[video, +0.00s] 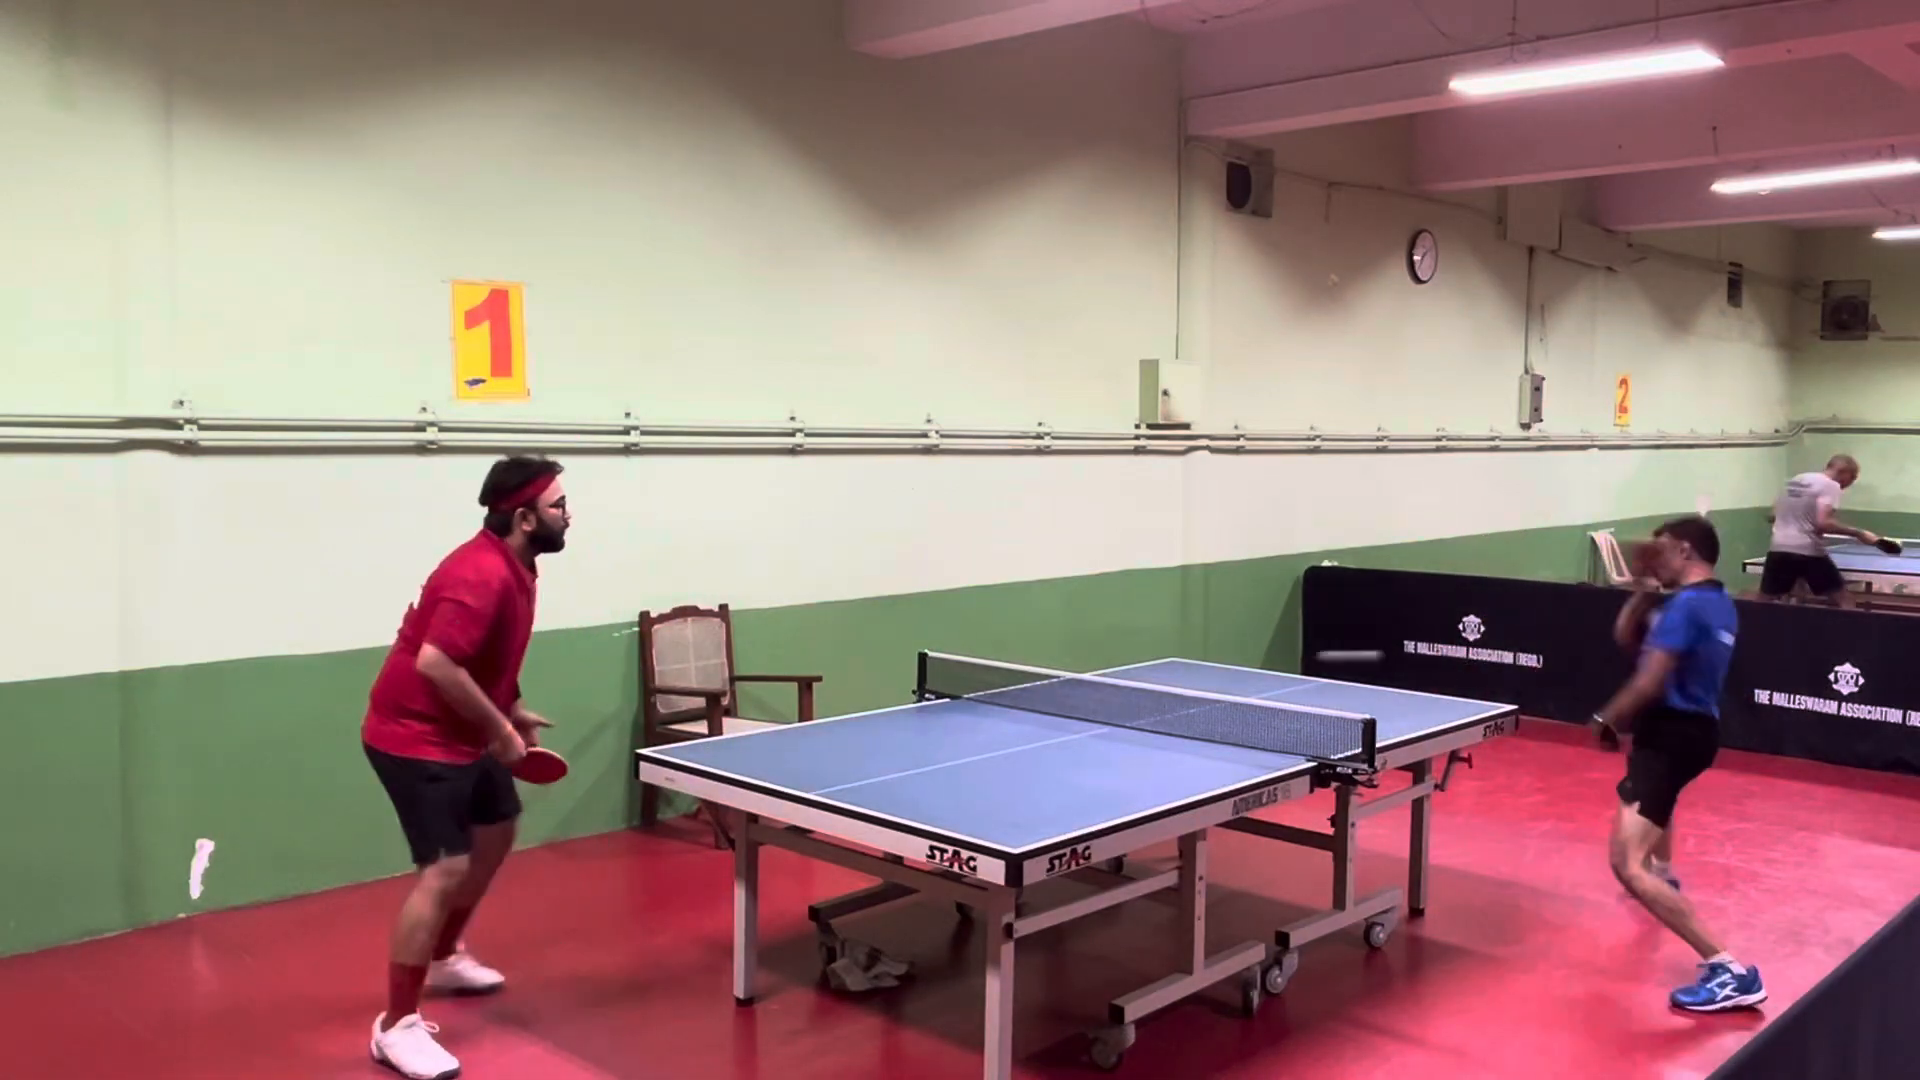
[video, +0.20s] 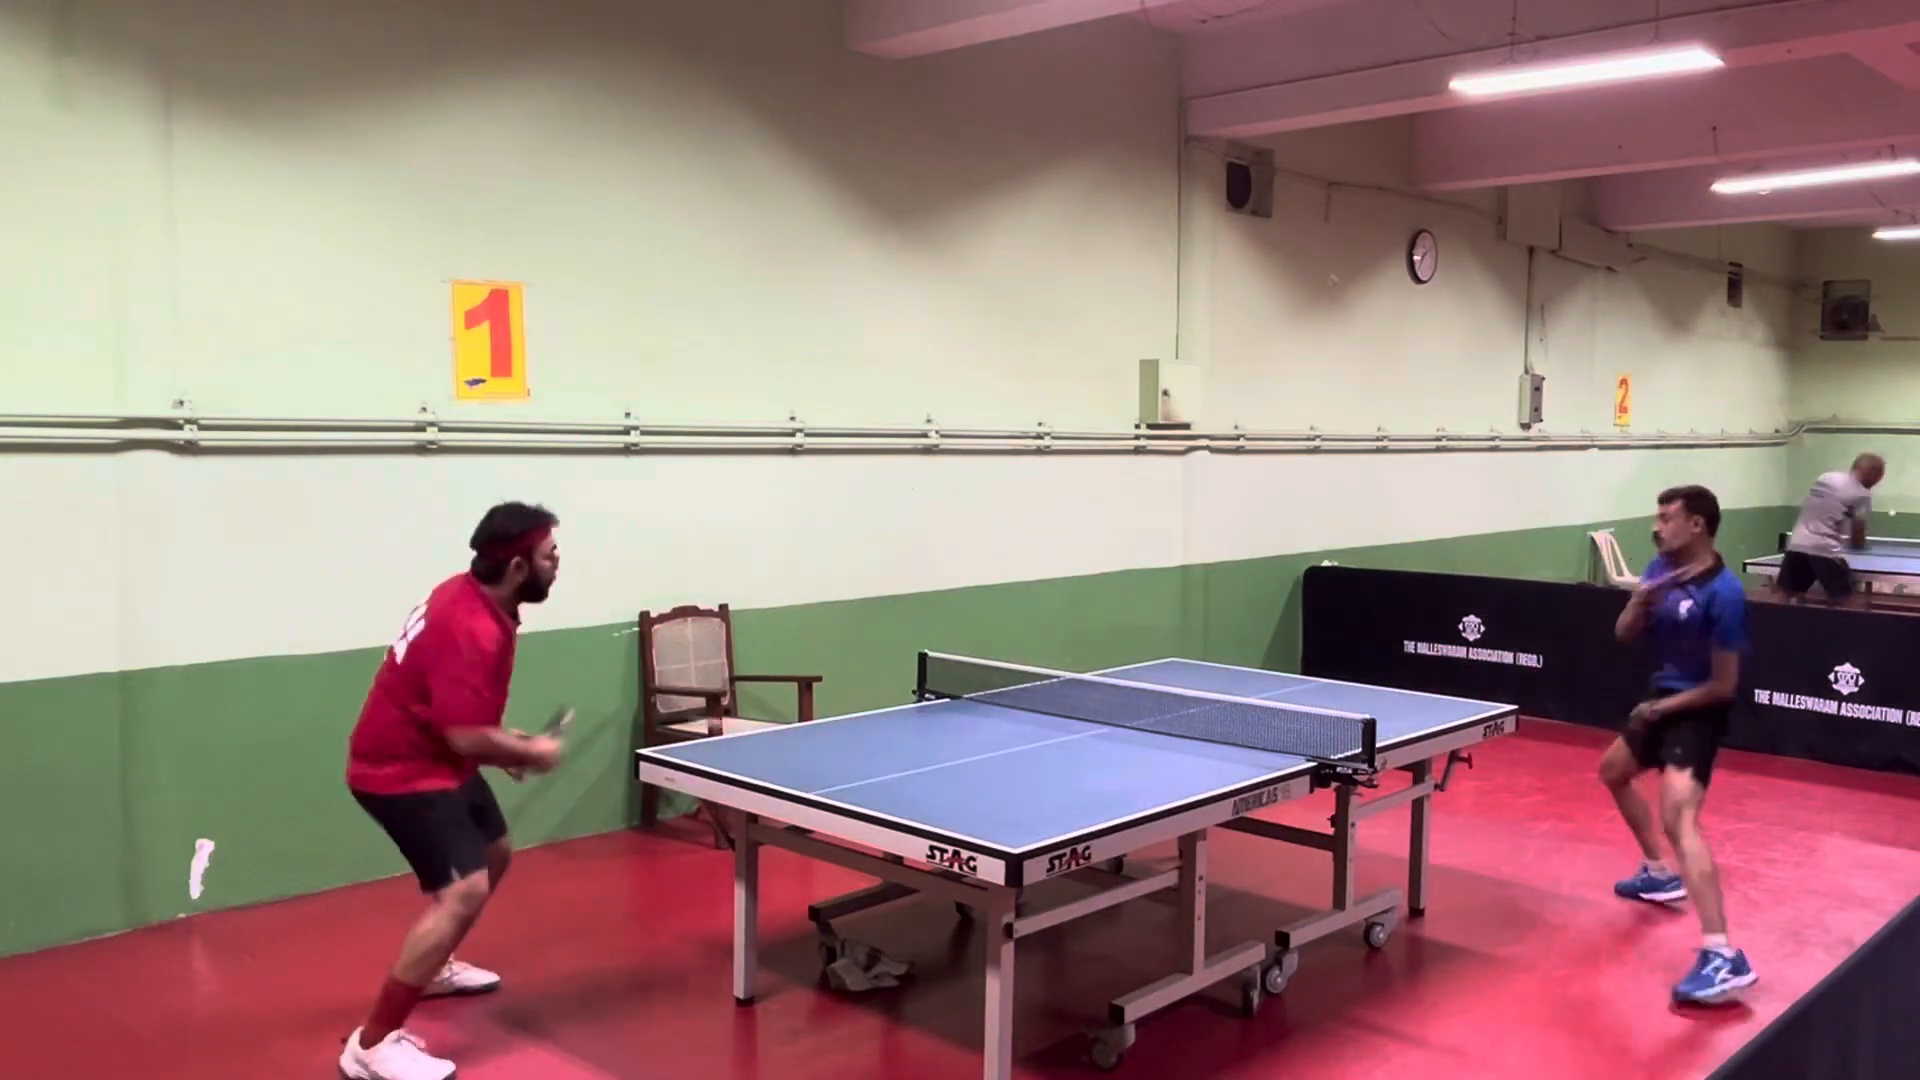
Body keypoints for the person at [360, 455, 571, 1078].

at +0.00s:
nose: (568, 513)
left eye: (565, 502)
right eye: (557, 505)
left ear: (521, 513)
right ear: (519, 515)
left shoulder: (517, 569)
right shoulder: (480, 574)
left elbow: (492, 654)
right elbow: (436, 661)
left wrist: (515, 713)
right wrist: (498, 731)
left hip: (464, 734)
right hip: (413, 737)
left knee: (494, 834)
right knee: (448, 865)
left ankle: (441, 956)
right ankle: (396, 1023)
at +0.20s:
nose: (557, 562)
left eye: (554, 550)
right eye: (549, 553)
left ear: (508, 561)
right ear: (517, 565)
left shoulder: (478, 597)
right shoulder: (471, 626)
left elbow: (467, 704)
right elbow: (462, 736)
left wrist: (511, 747)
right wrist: (535, 750)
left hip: (440, 758)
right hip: (400, 769)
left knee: (493, 858)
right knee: (465, 888)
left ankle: (431, 968)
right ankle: (372, 1042)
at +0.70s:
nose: (497, 485)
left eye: (492, 474)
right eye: (486, 478)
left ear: (432, 490)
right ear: (453, 492)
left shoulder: (373, 533)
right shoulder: (452, 574)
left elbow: (325, 609)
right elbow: (452, 688)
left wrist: (318, 686)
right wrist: (501, 747)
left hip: (337, 742)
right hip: (393, 757)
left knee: (372, 866)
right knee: (408, 888)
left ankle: (315, 1003)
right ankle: (372, 1046)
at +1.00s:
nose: (469, 491)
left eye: (464, 480)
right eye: (458, 484)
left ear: (408, 497)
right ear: (424, 498)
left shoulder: (364, 543)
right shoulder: (414, 577)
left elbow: (356, 653)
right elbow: (398, 687)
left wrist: (421, 728)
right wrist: (455, 750)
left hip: (315, 753)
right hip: (364, 765)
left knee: (337, 886)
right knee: (417, 895)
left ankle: (300, 1029)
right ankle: (367, 1065)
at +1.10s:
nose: (464, 493)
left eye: (459, 482)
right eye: (453, 486)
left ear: (406, 502)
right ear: (420, 502)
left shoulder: (362, 549)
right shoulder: (414, 580)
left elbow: (358, 660)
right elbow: (402, 693)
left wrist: (422, 732)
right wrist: (459, 751)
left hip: (323, 764)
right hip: (366, 777)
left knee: (342, 896)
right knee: (393, 920)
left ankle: (301, 1030)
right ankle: (351, 1072)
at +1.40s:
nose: (464, 487)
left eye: (458, 475)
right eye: (451, 479)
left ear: (416, 497)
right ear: (415, 498)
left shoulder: (418, 561)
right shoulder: (386, 576)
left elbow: (422, 674)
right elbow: (417, 691)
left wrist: (482, 704)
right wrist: (501, 703)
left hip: (426, 789)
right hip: (374, 803)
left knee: (459, 888)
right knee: (400, 943)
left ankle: (361, 1014)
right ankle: (352, 1063)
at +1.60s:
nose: (487, 473)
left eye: (481, 461)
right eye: (472, 465)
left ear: (437, 483)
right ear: (433, 484)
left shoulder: (451, 554)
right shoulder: (396, 566)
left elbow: (450, 675)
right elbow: (428, 689)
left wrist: (490, 765)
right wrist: (515, 765)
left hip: (462, 789)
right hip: (385, 802)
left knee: (490, 931)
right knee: (372, 953)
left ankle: (493, 1073)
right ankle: (348, 1076)